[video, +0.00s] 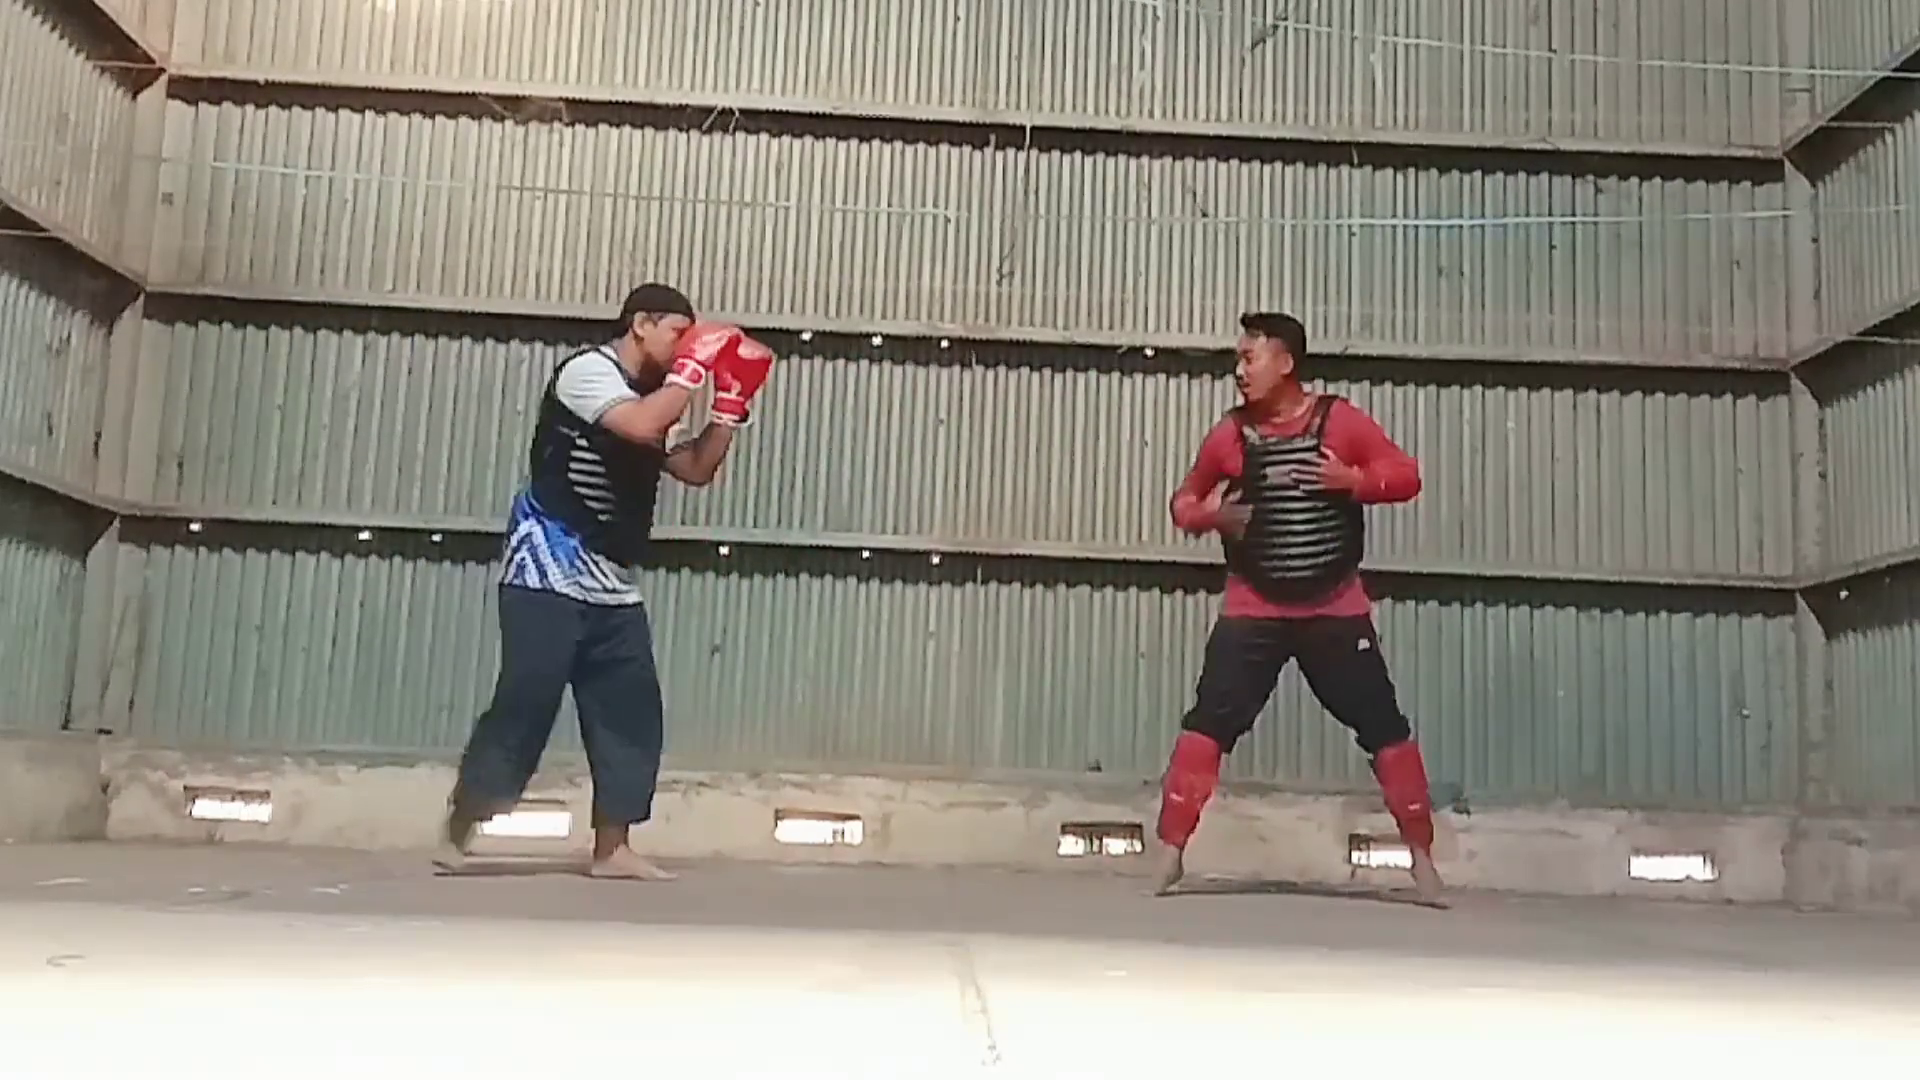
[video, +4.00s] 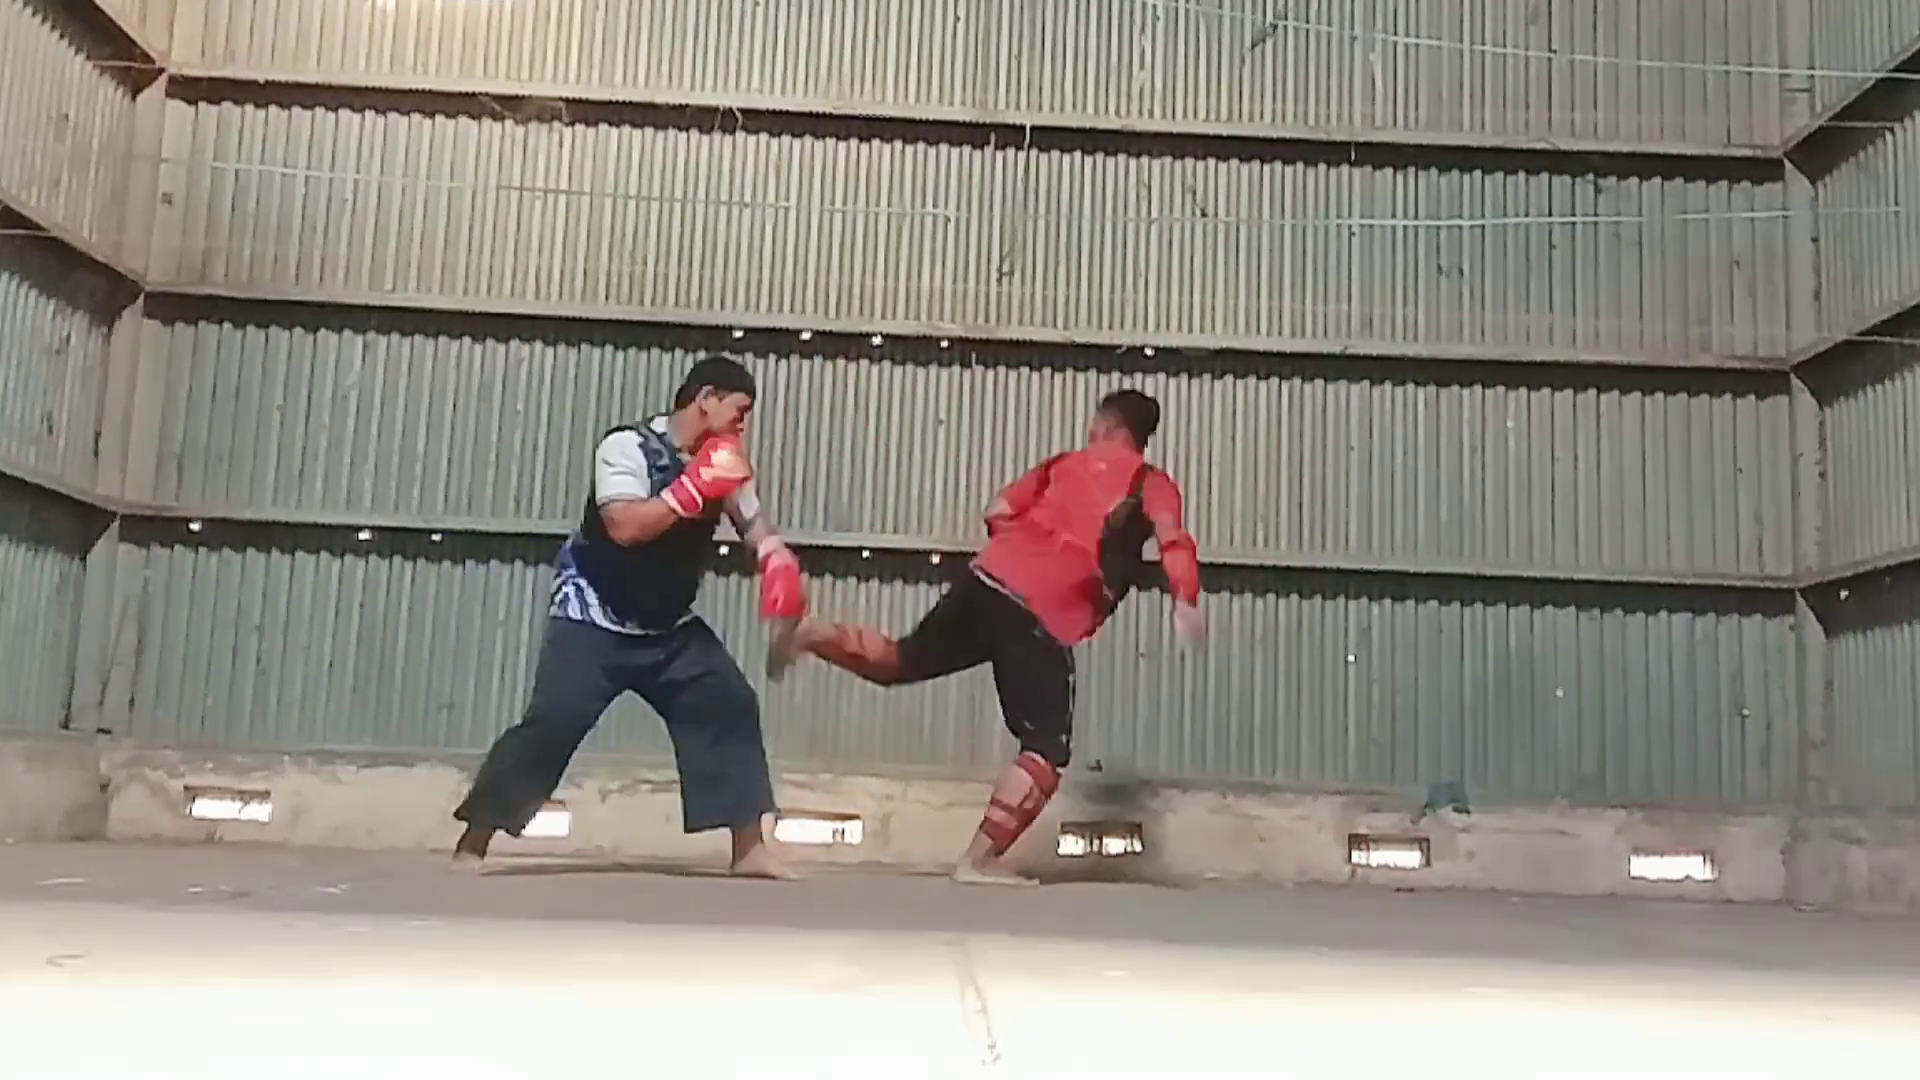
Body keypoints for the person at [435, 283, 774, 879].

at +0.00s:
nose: (685, 345)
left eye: (688, 334)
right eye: (678, 331)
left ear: (655, 332)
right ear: (641, 325)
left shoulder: (651, 398)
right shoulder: (585, 372)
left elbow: (696, 469)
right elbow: (642, 424)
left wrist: (731, 408)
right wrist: (692, 367)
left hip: (611, 574)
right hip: (547, 563)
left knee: (628, 705)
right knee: (531, 693)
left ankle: (611, 848)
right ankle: (469, 808)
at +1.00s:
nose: (754, 375)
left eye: (757, 365)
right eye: (748, 361)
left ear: (721, 359)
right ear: (713, 354)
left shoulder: (719, 424)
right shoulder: (650, 405)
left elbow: (710, 499)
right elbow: (678, 482)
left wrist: (769, 483)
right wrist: (740, 434)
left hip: (687, 600)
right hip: (617, 592)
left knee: (732, 702)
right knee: (603, 699)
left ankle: (739, 849)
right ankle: (549, 843)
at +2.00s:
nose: (649, 364)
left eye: (655, 354)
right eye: (642, 350)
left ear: (654, 359)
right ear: (603, 341)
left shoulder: (644, 412)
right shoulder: (534, 386)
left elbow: (665, 484)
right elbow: (536, 453)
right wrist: (615, 417)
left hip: (561, 569)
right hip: (481, 558)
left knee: (594, 681)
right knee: (458, 669)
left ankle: (588, 835)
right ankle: (439, 820)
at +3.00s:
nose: (671, 386)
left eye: (675, 376)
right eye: (668, 373)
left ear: (636, 366)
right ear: (635, 362)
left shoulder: (638, 423)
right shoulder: (559, 415)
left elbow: (643, 483)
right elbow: (589, 491)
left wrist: (691, 452)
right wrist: (655, 455)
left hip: (615, 606)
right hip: (539, 606)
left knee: (676, 712)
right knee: (500, 724)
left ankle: (702, 842)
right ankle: (439, 846)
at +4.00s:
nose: (743, 427)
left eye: (746, 417)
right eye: (739, 414)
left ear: (709, 406)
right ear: (704, 401)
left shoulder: (720, 463)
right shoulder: (624, 447)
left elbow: (754, 524)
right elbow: (624, 526)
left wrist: (778, 557)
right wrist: (697, 488)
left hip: (670, 628)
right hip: (593, 620)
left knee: (731, 706)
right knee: (554, 722)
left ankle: (749, 848)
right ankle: (473, 843)